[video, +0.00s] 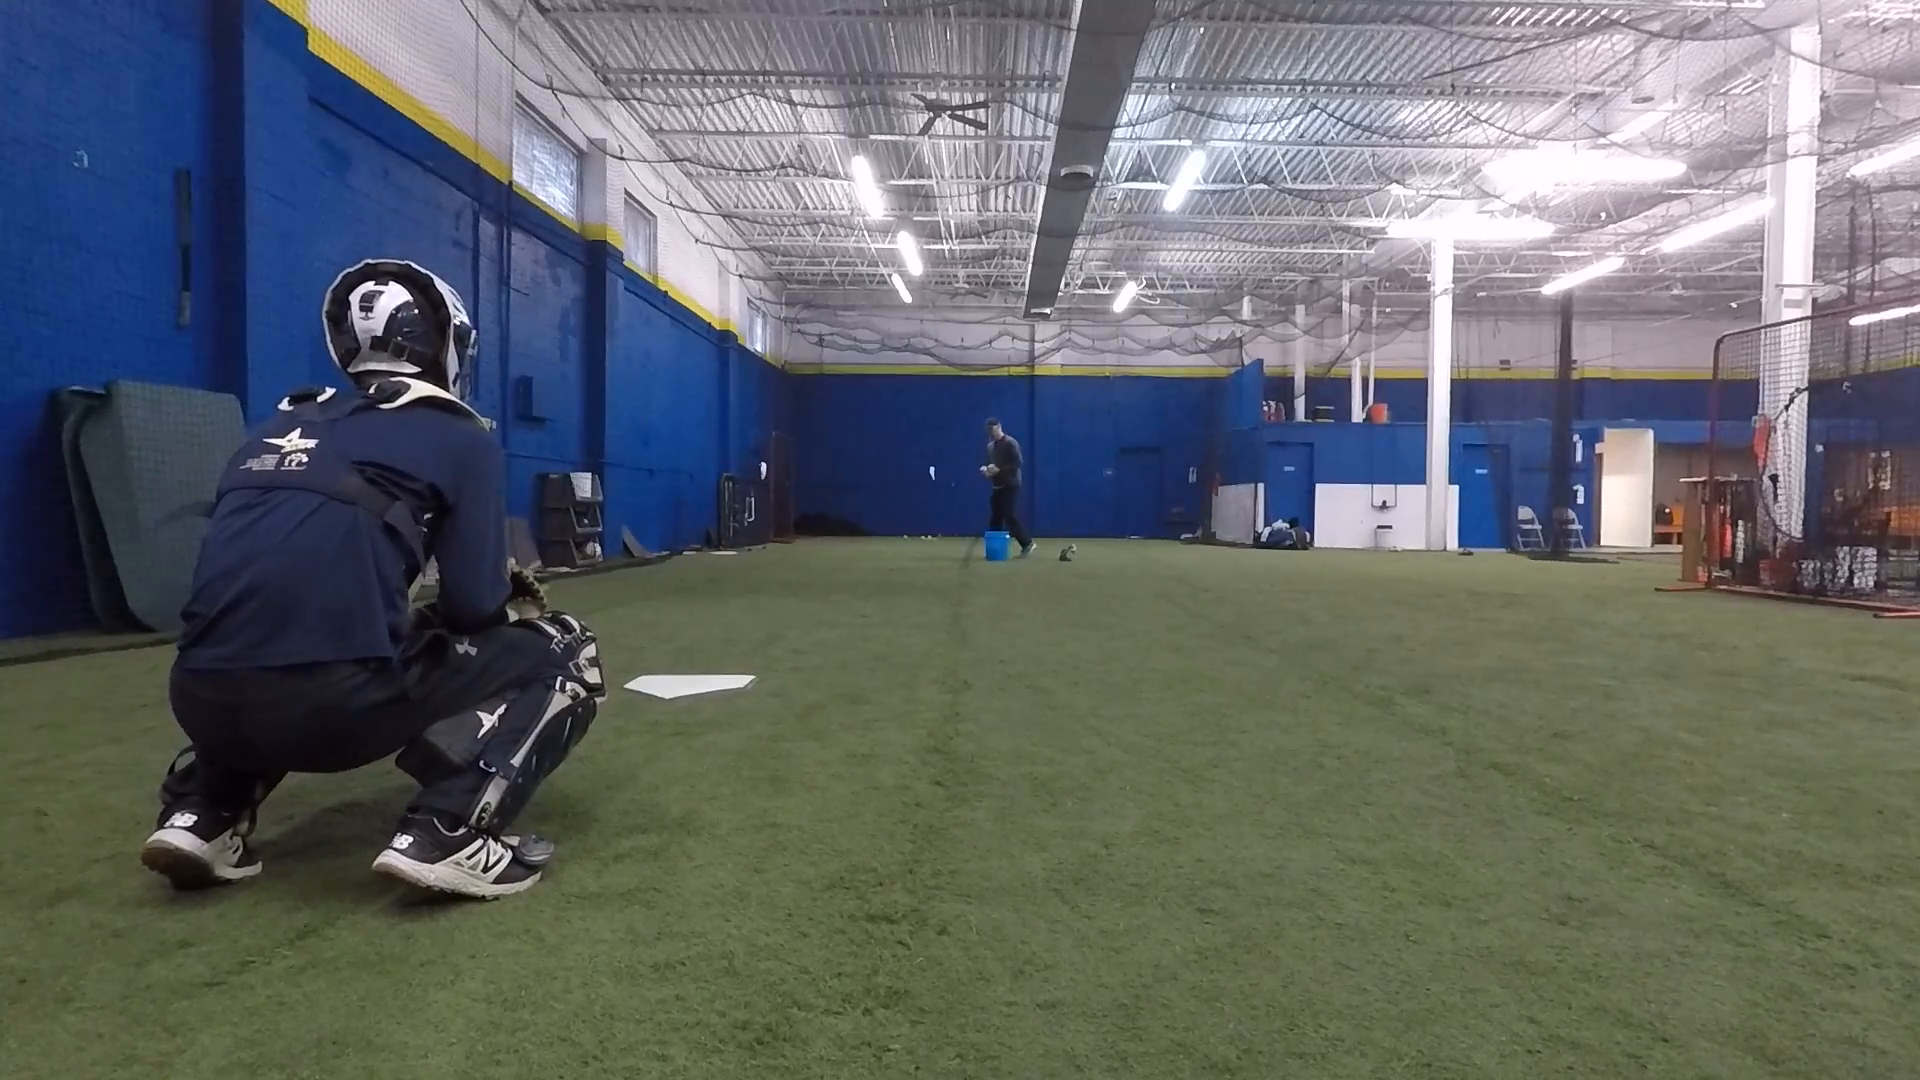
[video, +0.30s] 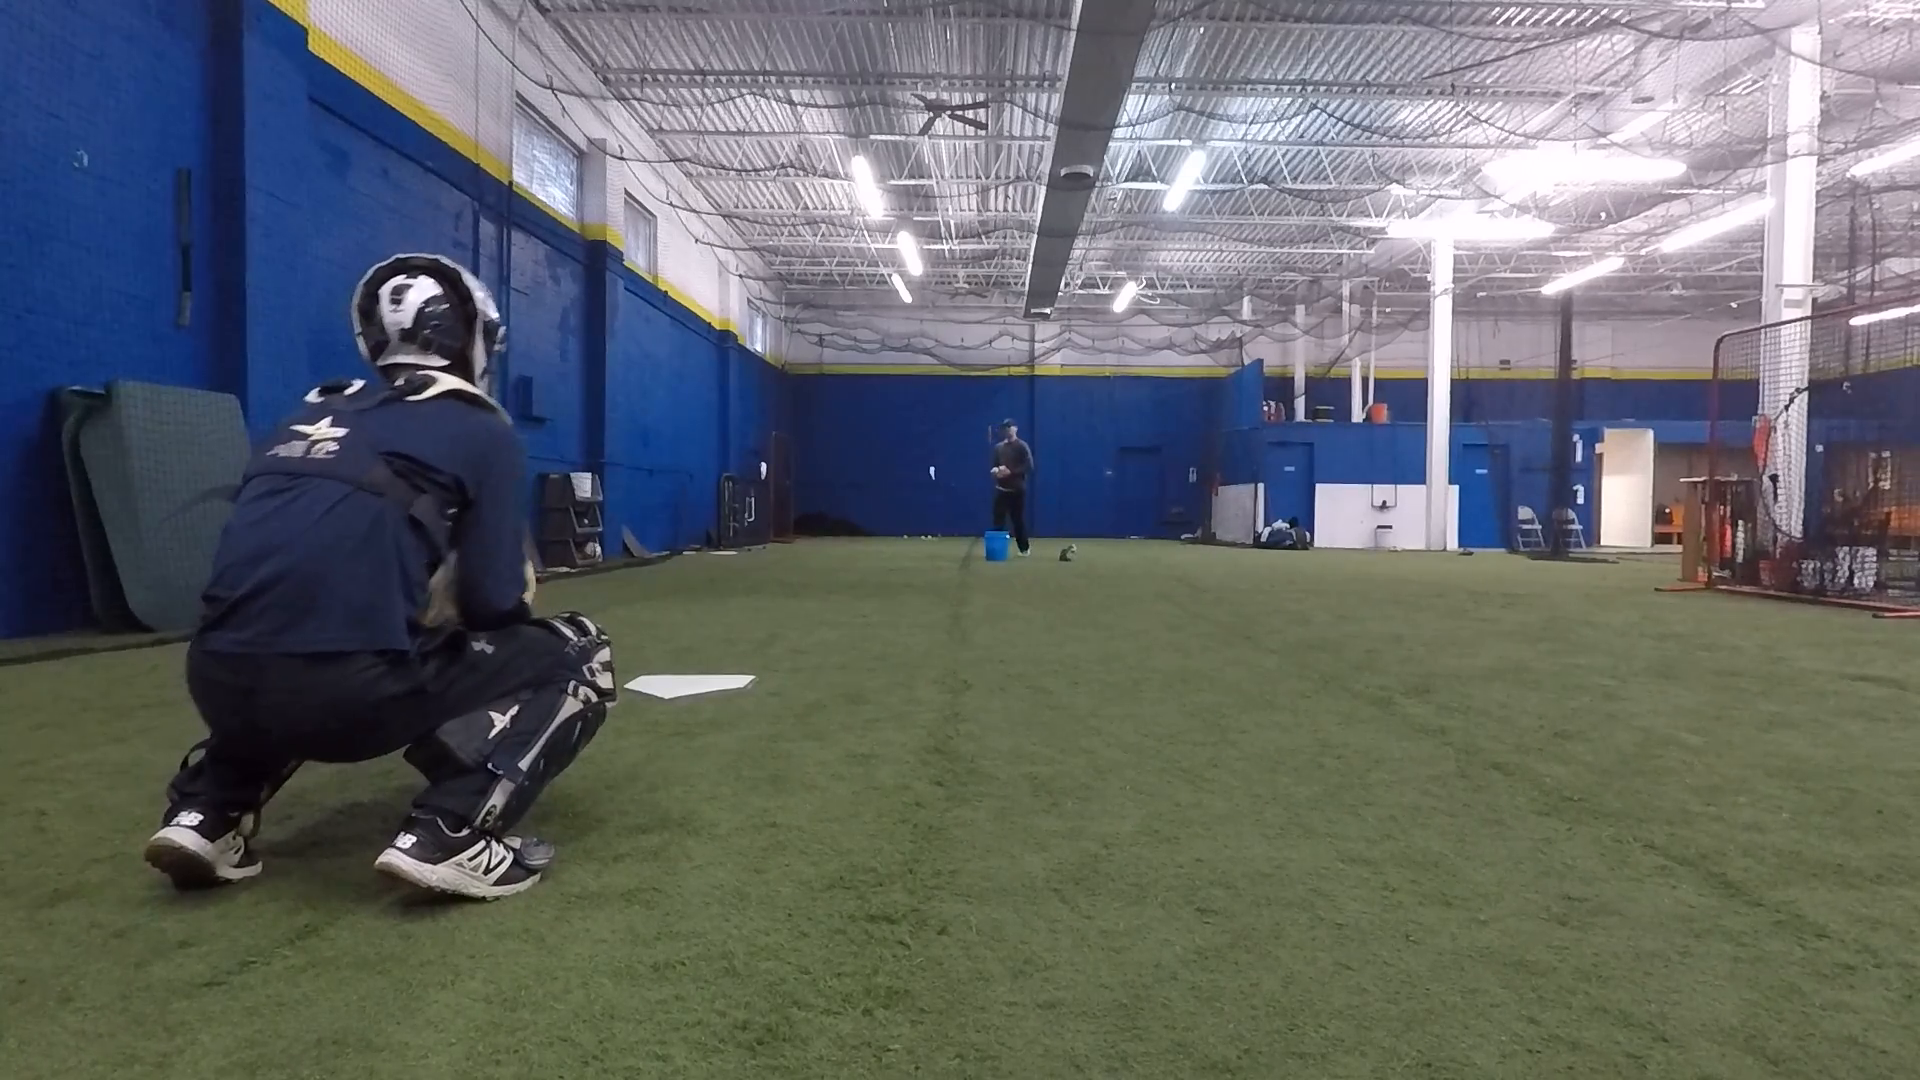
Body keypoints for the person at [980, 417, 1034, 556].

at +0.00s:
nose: (991, 433)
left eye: (993, 429)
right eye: (989, 430)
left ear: (999, 428)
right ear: (987, 431)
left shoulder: (1011, 443)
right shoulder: (990, 446)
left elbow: (1017, 463)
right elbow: (991, 462)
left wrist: (999, 469)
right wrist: (987, 469)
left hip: (1010, 486)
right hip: (997, 487)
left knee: (1008, 515)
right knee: (996, 516)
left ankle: (1027, 543)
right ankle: (994, 547)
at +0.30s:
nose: (1009, 430)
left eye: (1011, 427)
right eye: (1006, 428)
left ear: (1016, 429)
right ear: (1003, 430)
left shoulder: (1022, 446)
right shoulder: (998, 447)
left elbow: (1029, 465)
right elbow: (995, 463)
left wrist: (1010, 471)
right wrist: (995, 470)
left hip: (1016, 489)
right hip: (1001, 489)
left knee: (1017, 519)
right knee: (998, 518)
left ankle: (1024, 548)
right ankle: (998, 547)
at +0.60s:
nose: (1018, 429)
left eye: (1020, 426)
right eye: (1016, 426)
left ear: (1025, 428)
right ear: (1012, 428)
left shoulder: (1031, 446)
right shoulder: (1005, 445)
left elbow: (1038, 464)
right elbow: (1000, 462)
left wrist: (1028, 474)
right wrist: (997, 468)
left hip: (1023, 488)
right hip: (1007, 488)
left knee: (1024, 519)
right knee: (1003, 516)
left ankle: (1024, 548)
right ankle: (1002, 544)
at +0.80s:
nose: (1017, 430)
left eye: (1019, 428)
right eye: (1015, 428)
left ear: (1024, 430)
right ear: (1011, 430)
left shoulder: (1030, 448)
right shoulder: (1004, 447)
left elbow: (1039, 465)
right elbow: (995, 463)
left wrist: (1036, 476)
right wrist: (988, 454)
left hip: (1023, 490)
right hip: (1007, 490)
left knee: (1022, 520)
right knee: (1007, 520)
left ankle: (1024, 548)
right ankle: (1005, 547)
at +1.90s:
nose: (1012, 439)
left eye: (1014, 436)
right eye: (1010, 436)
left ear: (1019, 436)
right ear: (1007, 436)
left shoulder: (1025, 452)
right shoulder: (1000, 448)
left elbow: (1032, 469)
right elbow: (991, 461)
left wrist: (1025, 482)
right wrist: (996, 470)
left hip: (1013, 489)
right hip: (997, 487)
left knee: (1013, 518)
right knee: (994, 516)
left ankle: (1014, 545)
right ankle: (990, 545)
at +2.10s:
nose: (1006, 437)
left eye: (1008, 434)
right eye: (1004, 434)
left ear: (1013, 435)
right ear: (1001, 435)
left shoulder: (1019, 451)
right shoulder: (993, 448)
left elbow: (1026, 468)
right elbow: (986, 464)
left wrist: (1021, 481)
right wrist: (992, 471)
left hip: (1008, 490)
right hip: (991, 489)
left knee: (1011, 518)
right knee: (981, 515)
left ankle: (1014, 546)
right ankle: (971, 543)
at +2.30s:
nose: (991, 438)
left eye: (993, 436)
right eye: (989, 436)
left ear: (999, 436)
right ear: (987, 437)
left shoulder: (1006, 452)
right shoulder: (981, 451)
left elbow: (1014, 469)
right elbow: (976, 467)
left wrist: (1011, 482)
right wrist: (981, 473)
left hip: (999, 492)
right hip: (983, 492)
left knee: (1005, 520)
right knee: (973, 519)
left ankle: (1014, 545)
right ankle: (963, 544)